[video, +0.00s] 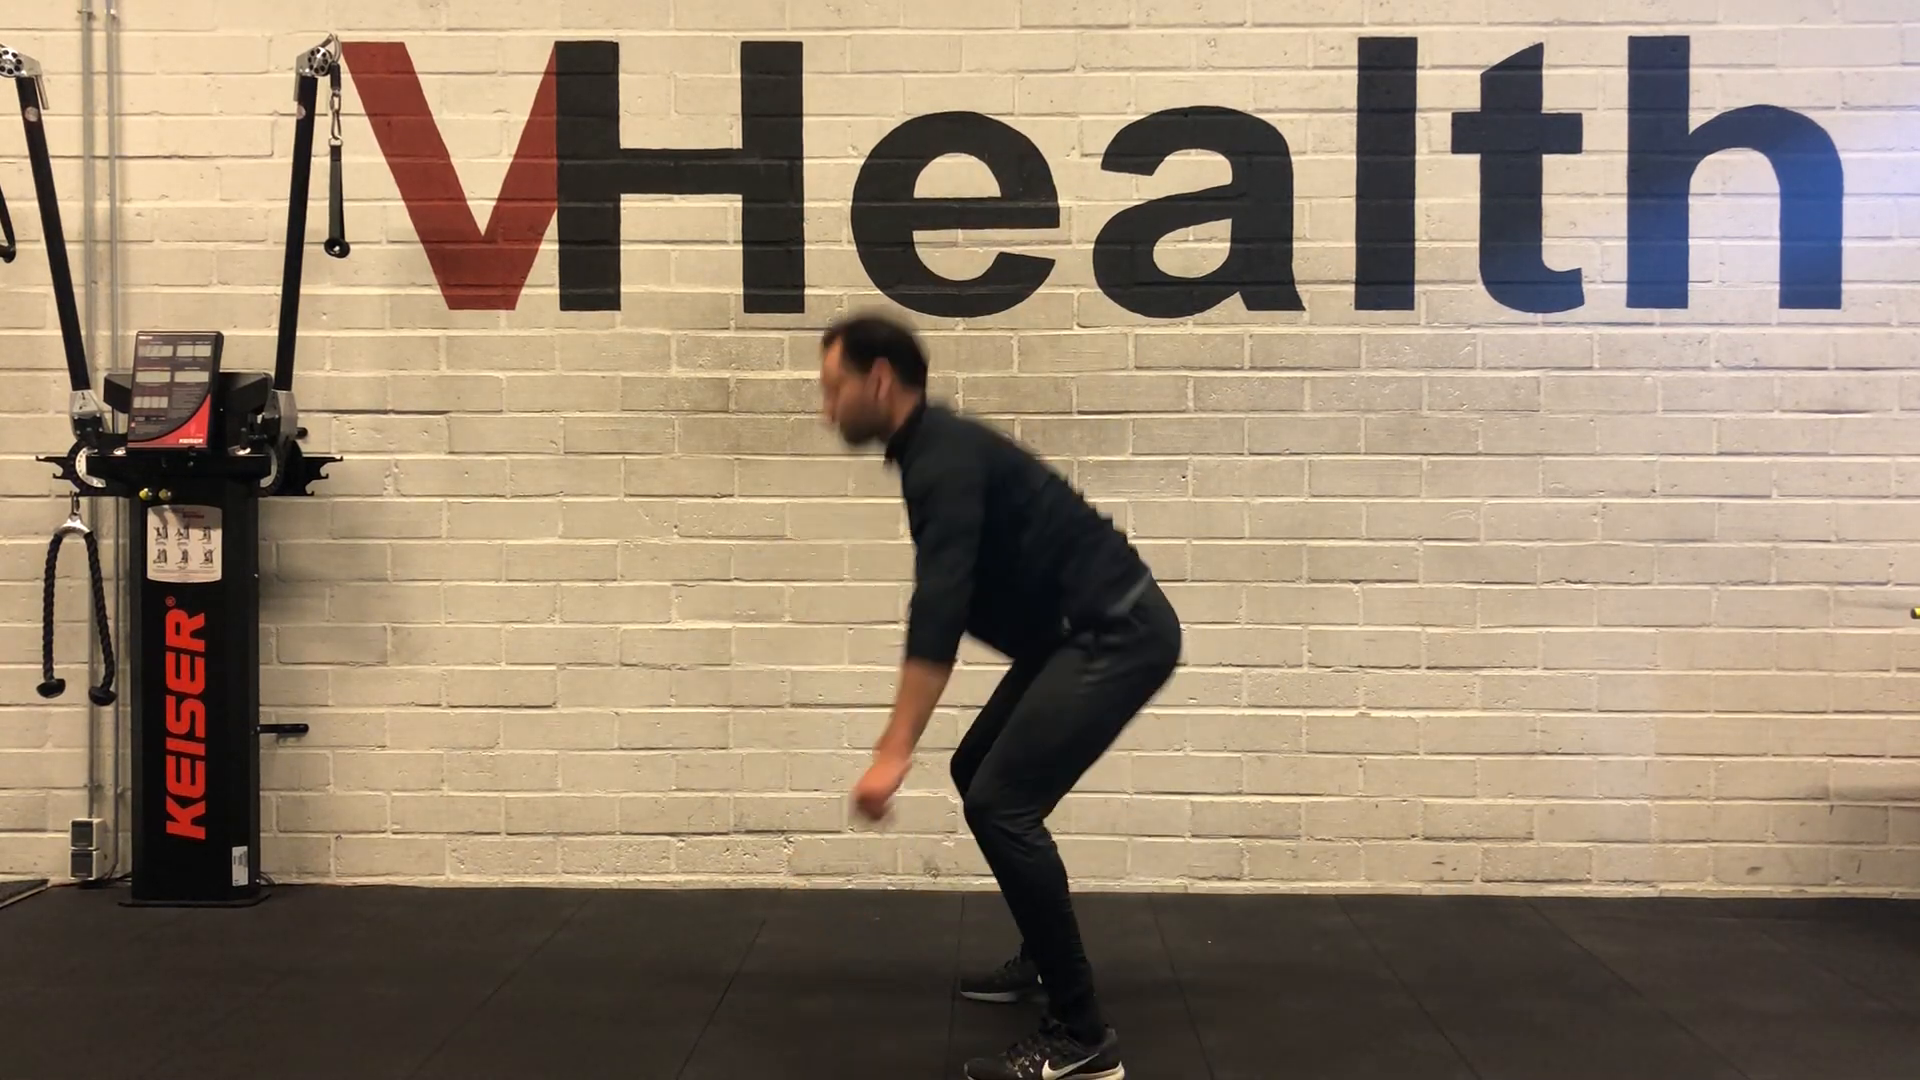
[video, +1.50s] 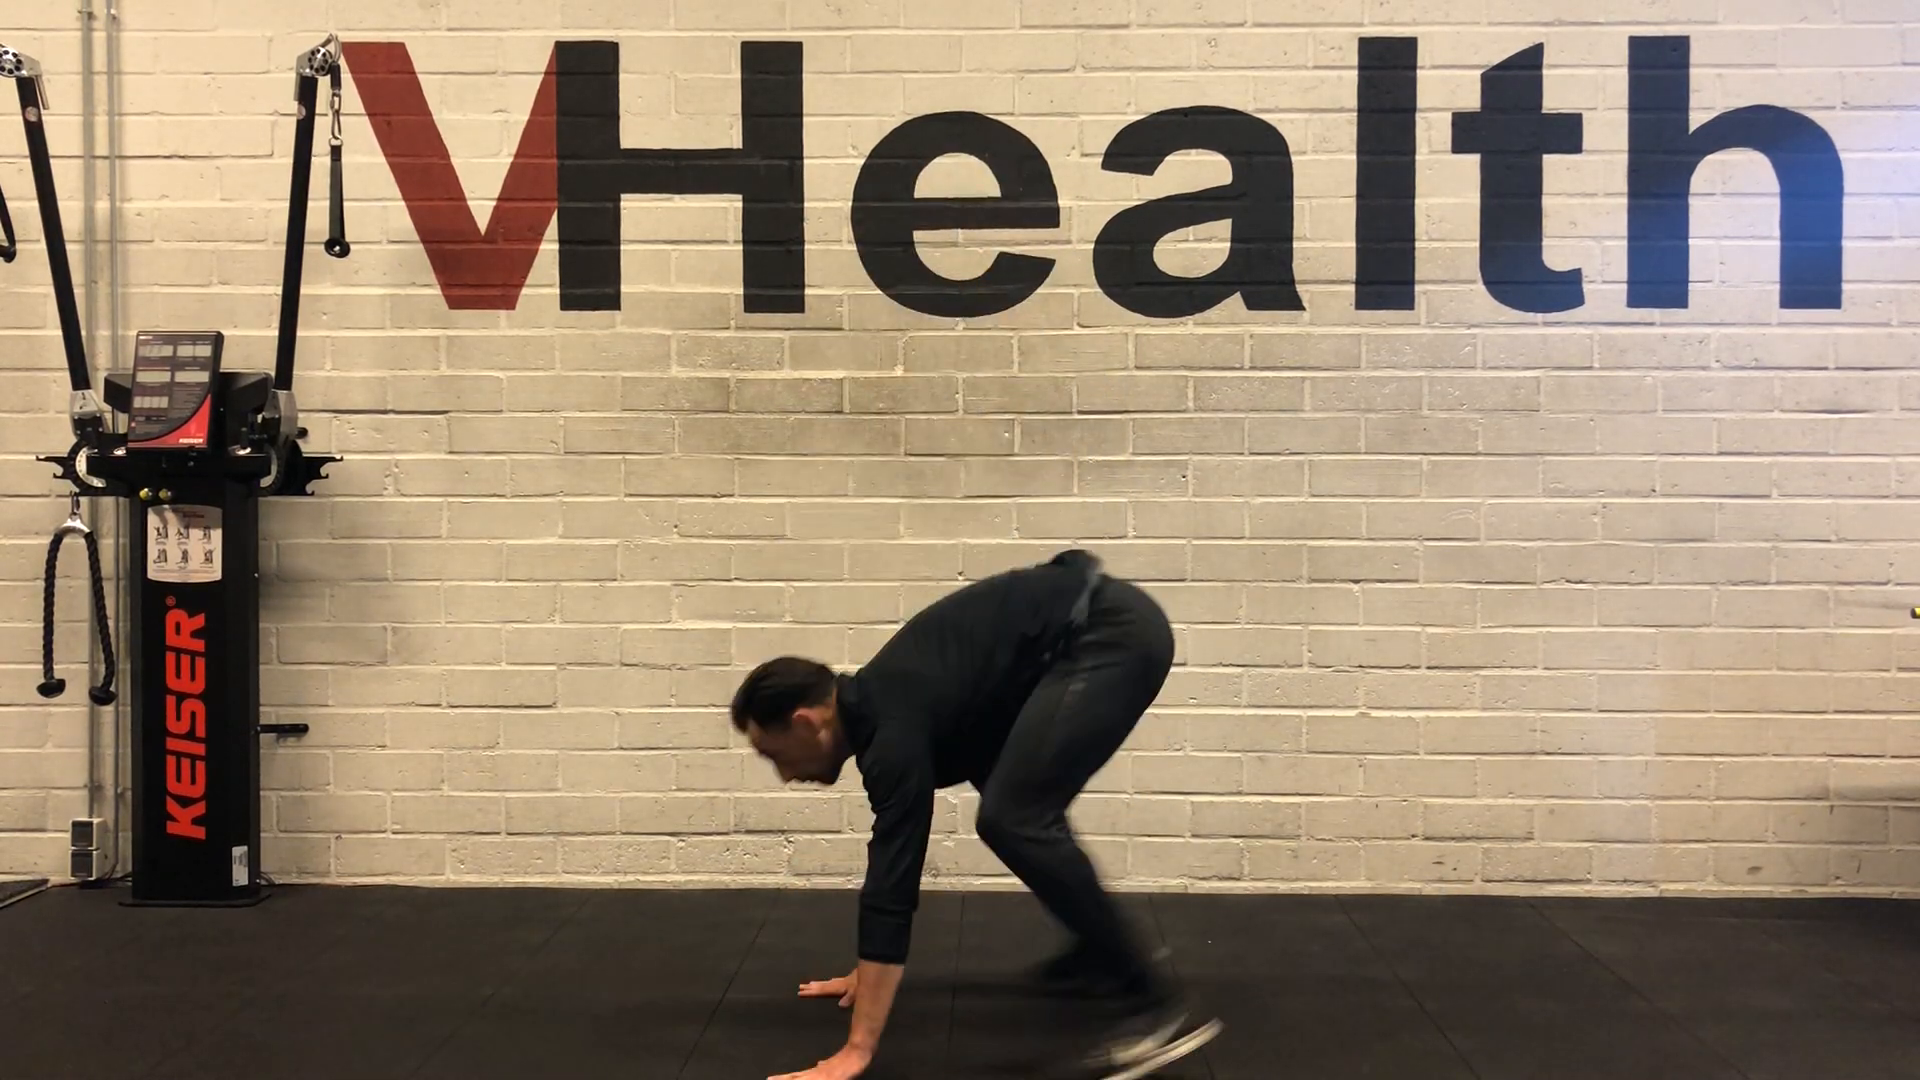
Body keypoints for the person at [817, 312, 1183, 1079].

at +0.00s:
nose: (825, 401)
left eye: (833, 383)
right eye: (824, 384)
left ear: (882, 379)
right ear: (885, 382)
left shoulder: (946, 457)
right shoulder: (930, 451)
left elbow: (938, 616)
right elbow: (939, 613)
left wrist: (894, 753)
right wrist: (896, 741)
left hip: (1118, 634)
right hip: (1071, 635)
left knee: (1003, 805)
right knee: (974, 773)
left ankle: (1081, 1033)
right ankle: (1046, 959)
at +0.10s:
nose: (853, 317)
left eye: (862, 299)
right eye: (852, 299)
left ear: (914, 297)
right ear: (912, 299)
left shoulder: (971, 387)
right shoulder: (947, 382)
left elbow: (987, 543)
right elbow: (981, 543)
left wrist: (966, 675)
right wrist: (972, 668)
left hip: (1092, 605)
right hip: (1053, 604)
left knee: (1012, 800)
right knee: (996, 782)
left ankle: (1082, 1035)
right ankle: (1049, 958)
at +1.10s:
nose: (813, 420)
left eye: (817, 400)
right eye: (807, 405)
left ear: (863, 376)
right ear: (859, 382)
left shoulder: (941, 454)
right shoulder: (922, 448)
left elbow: (948, 609)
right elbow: (943, 601)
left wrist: (932, 759)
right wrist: (932, 721)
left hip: (1121, 624)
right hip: (1072, 625)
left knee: (1020, 795)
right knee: (992, 769)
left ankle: (1084, 1032)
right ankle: (1054, 959)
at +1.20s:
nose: (791, 521)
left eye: (794, 502)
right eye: (784, 506)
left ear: (839, 480)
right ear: (841, 482)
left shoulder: (922, 548)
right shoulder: (908, 533)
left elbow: (913, 710)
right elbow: (911, 703)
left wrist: (891, 851)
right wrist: (891, 833)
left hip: (1130, 668)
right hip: (1084, 658)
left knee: (996, 812)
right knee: (969, 772)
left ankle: (1082, 1034)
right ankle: (1048, 959)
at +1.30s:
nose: (778, 616)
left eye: (777, 596)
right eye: (770, 600)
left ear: (818, 570)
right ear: (821, 570)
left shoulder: (905, 631)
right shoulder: (896, 607)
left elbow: (887, 787)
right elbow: (884, 773)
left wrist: (861, 934)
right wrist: (865, 897)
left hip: (1128, 705)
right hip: (1089, 691)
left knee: (974, 825)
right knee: (954, 781)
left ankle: (1080, 1033)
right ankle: (1042, 960)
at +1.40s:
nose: (770, 707)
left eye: (768, 688)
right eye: (762, 694)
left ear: (810, 661)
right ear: (812, 657)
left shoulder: (890, 694)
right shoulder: (880, 668)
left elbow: (877, 857)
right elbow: (874, 835)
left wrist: (847, 1015)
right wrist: (855, 949)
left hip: (1136, 666)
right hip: (1109, 656)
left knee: (996, 814)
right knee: (987, 799)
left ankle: (1080, 1033)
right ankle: (1043, 960)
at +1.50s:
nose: (782, 773)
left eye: (774, 755)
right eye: (769, 760)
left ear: (807, 720)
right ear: (814, 709)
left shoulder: (894, 732)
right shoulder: (878, 701)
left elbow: (893, 891)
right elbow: (889, 862)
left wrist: (858, 1049)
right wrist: (869, 969)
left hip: (1116, 634)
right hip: (1093, 626)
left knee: (1014, 818)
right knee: (1009, 801)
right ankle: (1105, 942)